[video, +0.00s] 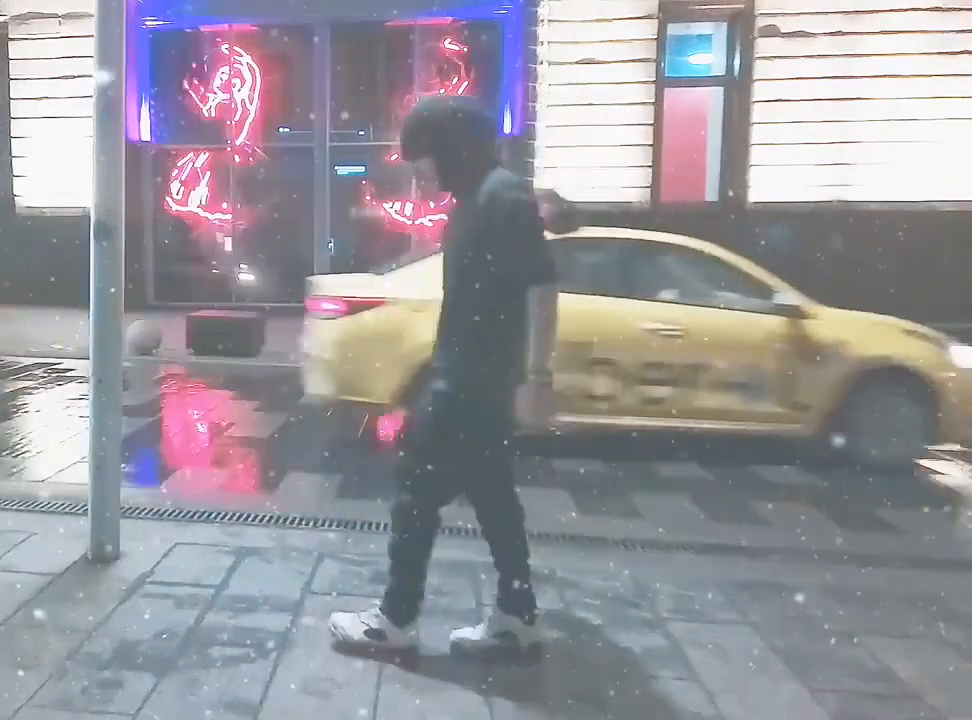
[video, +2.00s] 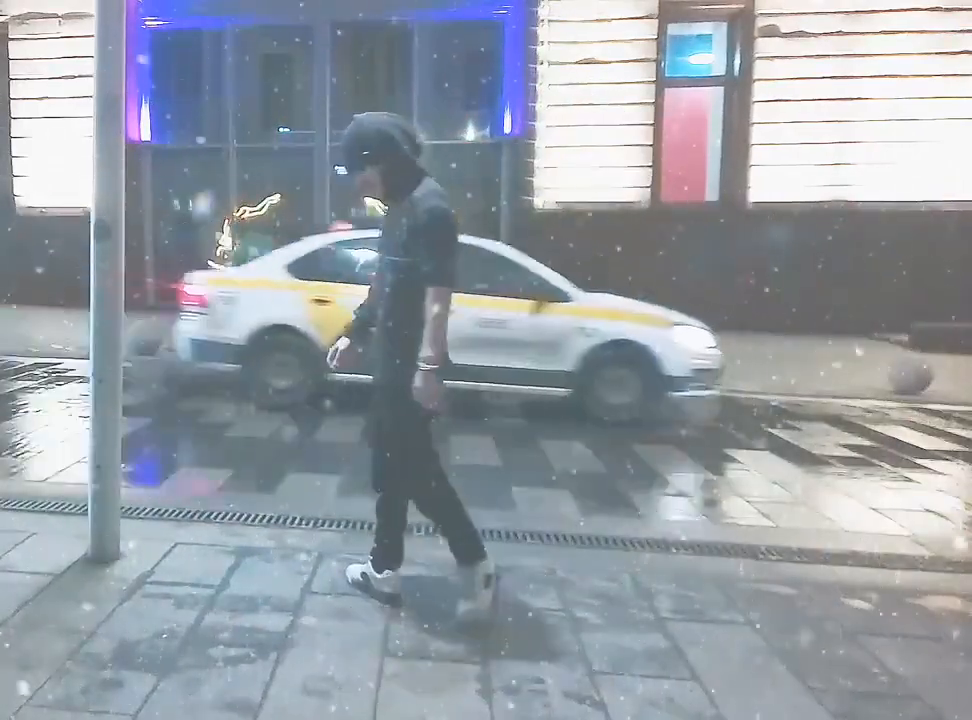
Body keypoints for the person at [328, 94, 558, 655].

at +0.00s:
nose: (426, 174)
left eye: (429, 160)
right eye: (421, 162)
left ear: (459, 149)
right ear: (461, 151)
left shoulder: (506, 201)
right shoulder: (478, 202)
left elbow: (543, 291)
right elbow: (465, 308)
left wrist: (539, 381)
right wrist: (424, 373)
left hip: (476, 378)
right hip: (464, 376)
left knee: (416, 489)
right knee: (494, 493)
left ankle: (396, 621)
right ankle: (515, 615)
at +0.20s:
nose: (384, 171)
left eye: (386, 157)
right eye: (381, 159)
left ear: (415, 147)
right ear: (426, 145)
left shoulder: (454, 205)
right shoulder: (453, 199)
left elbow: (468, 300)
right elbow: (458, 301)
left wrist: (457, 382)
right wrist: (416, 371)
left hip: (434, 381)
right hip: (450, 377)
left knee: (391, 490)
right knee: (471, 492)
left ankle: (394, 621)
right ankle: (514, 614)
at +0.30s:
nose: (370, 166)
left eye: (375, 153)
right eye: (370, 154)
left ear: (406, 148)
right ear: (420, 145)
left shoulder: (438, 202)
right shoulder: (453, 196)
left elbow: (440, 303)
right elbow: (453, 302)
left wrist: (415, 383)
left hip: (426, 379)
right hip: (451, 376)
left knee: (385, 494)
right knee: (460, 494)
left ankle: (394, 622)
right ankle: (511, 613)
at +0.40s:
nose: (362, 159)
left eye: (365, 146)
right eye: (361, 147)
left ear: (389, 142)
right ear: (417, 138)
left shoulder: (408, 196)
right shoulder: (451, 190)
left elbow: (384, 291)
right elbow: (458, 290)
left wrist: (346, 358)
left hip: (409, 357)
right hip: (448, 355)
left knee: (379, 485)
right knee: (422, 480)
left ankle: (392, 620)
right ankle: (494, 594)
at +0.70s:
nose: (339, 150)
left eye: (341, 139)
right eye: (340, 139)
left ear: (354, 139)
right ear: (399, 135)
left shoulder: (359, 194)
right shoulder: (438, 196)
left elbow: (322, 279)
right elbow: (460, 289)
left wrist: (277, 328)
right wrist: (434, 342)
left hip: (371, 360)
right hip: (425, 359)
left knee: (369, 479)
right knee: (396, 463)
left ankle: (392, 616)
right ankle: (424, 570)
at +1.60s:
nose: (339, 182)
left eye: (338, 170)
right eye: (334, 172)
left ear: (357, 156)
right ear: (374, 152)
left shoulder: (383, 200)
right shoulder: (407, 193)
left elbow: (380, 285)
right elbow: (403, 283)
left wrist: (345, 351)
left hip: (387, 351)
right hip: (408, 349)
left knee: (343, 454)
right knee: (387, 453)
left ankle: (401, 557)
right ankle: (387, 566)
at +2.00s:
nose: (360, 184)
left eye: (363, 171)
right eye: (357, 173)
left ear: (388, 161)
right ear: (384, 164)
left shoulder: (430, 211)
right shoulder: (401, 208)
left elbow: (439, 296)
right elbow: (385, 287)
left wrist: (430, 367)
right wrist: (353, 335)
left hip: (408, 360)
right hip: (389, 356)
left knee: (401, 463)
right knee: (401, 462)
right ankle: (384, 569)